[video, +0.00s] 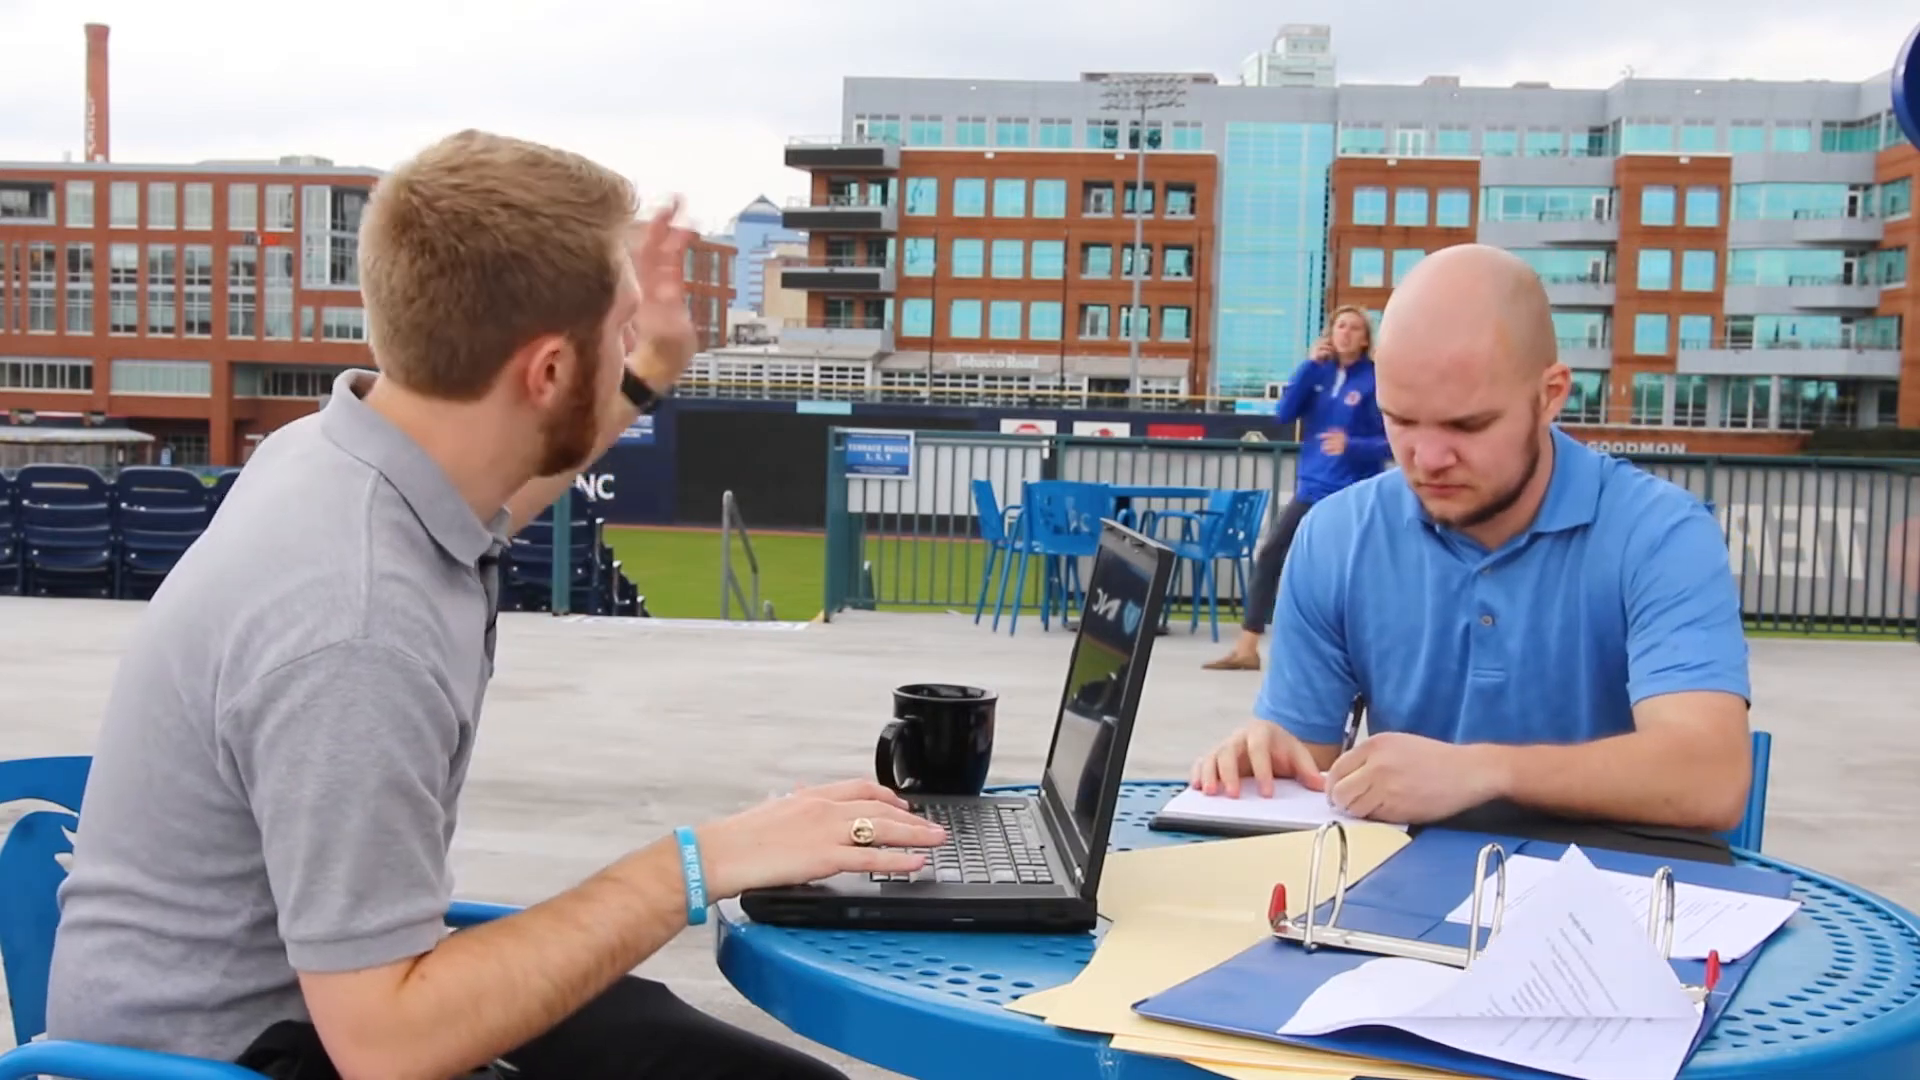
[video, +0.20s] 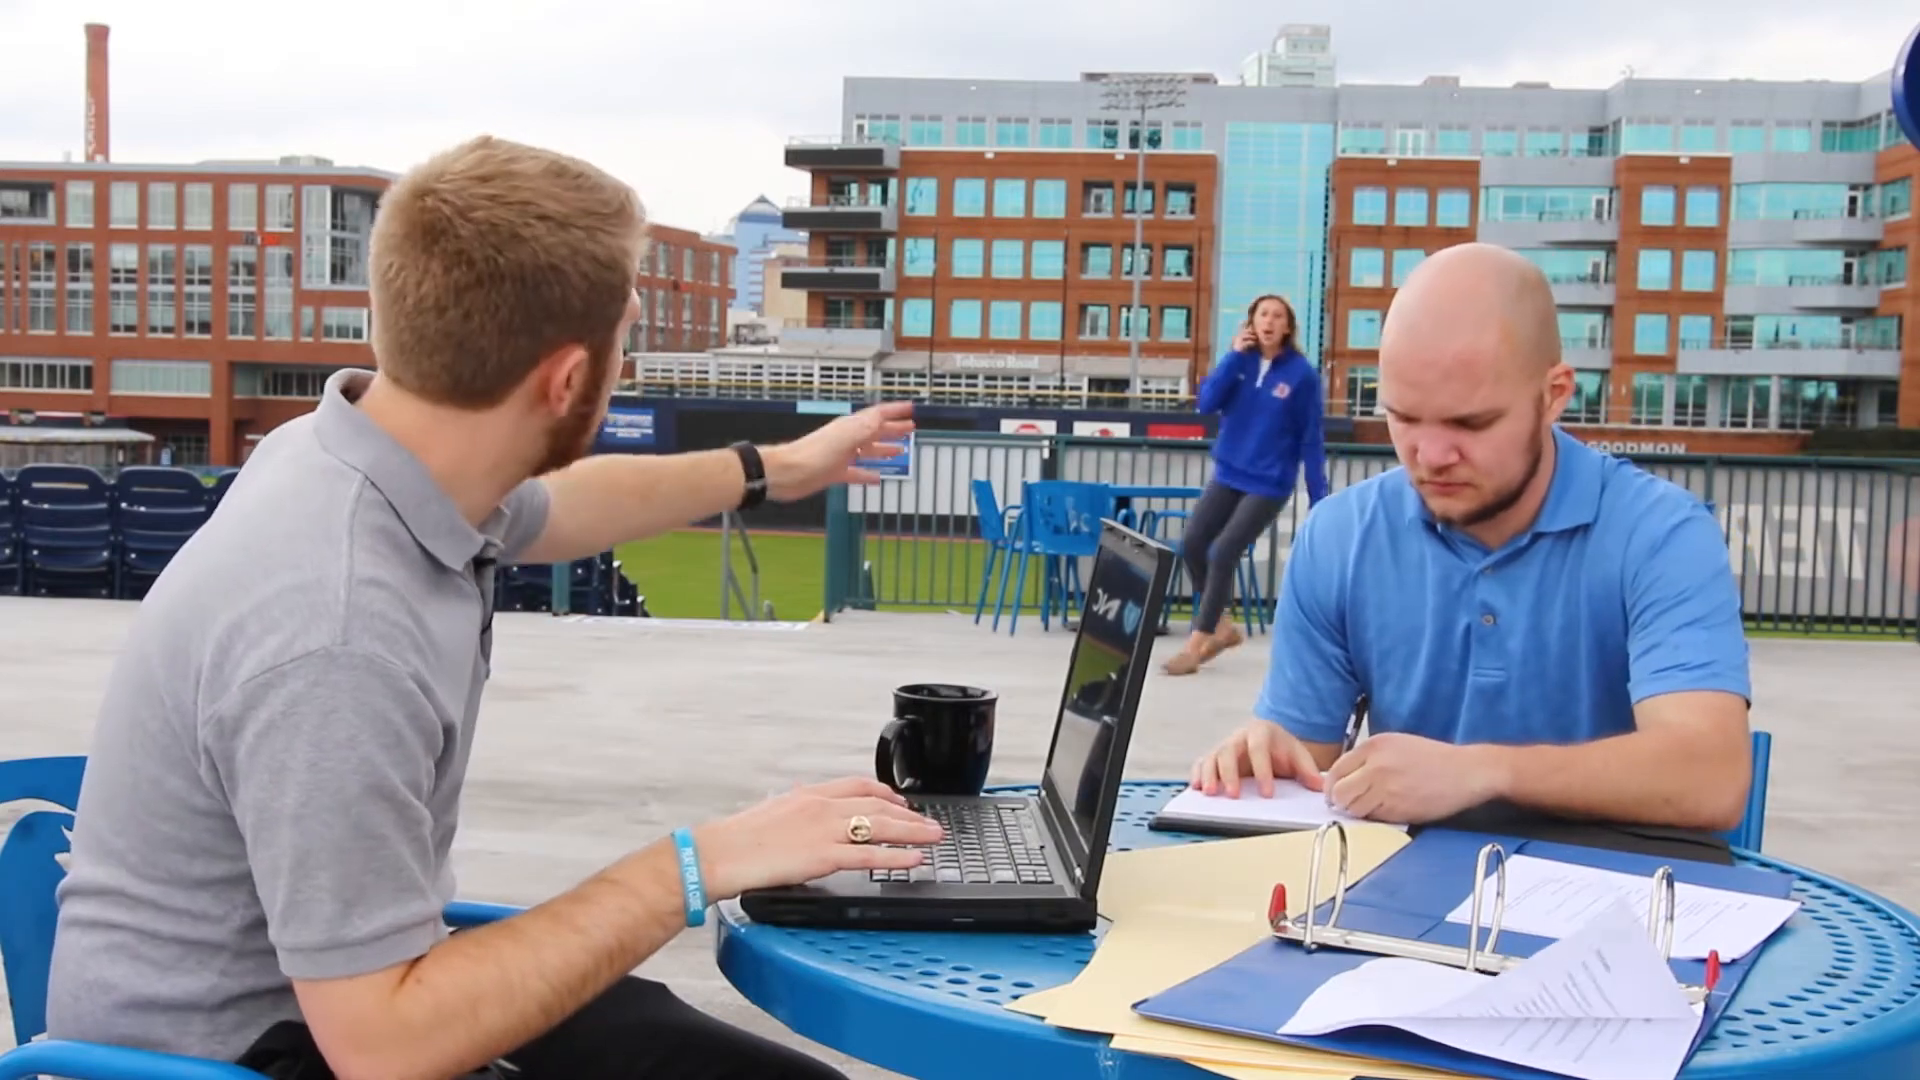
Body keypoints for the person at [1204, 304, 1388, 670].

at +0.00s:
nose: (1346, 333)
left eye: (1354, 328)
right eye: (1342, 327)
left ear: (1367, 337)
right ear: (1331, 332)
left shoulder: (1377, 377)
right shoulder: (1317, 371)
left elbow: (1392, 443)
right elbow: (1285, 413)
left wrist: (1351, 445)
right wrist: (1311, 365)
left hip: (1358, 496)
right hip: (1311, 493)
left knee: (1360, 568)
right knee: (1272, 555)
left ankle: (1362, 666)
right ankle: (1247, 644)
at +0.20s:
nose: (1270, 322)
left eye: (1277, 316)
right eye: (1264, 315)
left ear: (1289, 325)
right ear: (1252, 321)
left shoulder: (1302, 374)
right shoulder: (1239, 361)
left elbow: (1312, 442)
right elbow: (1207, 403)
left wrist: (1320, 503)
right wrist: (1235, 354)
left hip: (1270, 482)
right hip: (1229, 474)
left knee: (1224, 551)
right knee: (1192, 546)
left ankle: (1196, 646)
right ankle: (1223, 627)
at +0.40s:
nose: (1212, 320)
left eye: (1220, 316)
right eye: (1206, 314)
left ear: (1230, 326)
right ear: (1194, 321)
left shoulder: (1241, 373)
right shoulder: (1175, 359)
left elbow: (1265, 429)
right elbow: (1141, 400)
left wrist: (1283, 480)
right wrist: (1174, 352)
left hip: (1213, 482)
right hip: (1167, 476)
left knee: (1179, 549)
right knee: (1139, 547)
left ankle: (1184, 650)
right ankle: (1129, 640)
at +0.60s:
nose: (1177, 310)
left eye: (1185, 305)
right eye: (1171, 303)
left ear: (1195, 314)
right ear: (1158, 309)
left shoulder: (1206, 360)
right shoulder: (1136, 347)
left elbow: (1224, 420)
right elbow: (1108, 391)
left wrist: (1237, 472)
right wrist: (1139, 343)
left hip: (1184, 474)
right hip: (1138, 470)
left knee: (1175, 555)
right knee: (1119, 552)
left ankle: (1181, 648)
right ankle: (1111, 642)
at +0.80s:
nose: (1153, 308)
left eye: (1161, 302)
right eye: (1147, 301)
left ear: (1171, 311)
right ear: (1135, 307)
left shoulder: (1186, 356)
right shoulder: (1116, 346)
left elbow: (1212, 415)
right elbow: (1085, 391)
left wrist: (1236, 470)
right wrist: (1115, 340)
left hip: (1171, 473)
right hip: (1123, 470)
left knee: (1171, 555)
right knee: (1113, 555)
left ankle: (1181, 647)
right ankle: (1109, 643)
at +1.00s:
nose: (1126, 311)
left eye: (1134, 305)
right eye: (1120, 304)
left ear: (1147, 311)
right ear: (1110, 310)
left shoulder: (1165, 356)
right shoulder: (1098, 351)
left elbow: (1201, 411)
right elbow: (1063, 394)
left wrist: (1223, 464)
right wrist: (1092, 345)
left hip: (1159, 475)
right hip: (1112, 473)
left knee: (1167, 556)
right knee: (1102, 557)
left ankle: (1182, 648)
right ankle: (1104, 645)